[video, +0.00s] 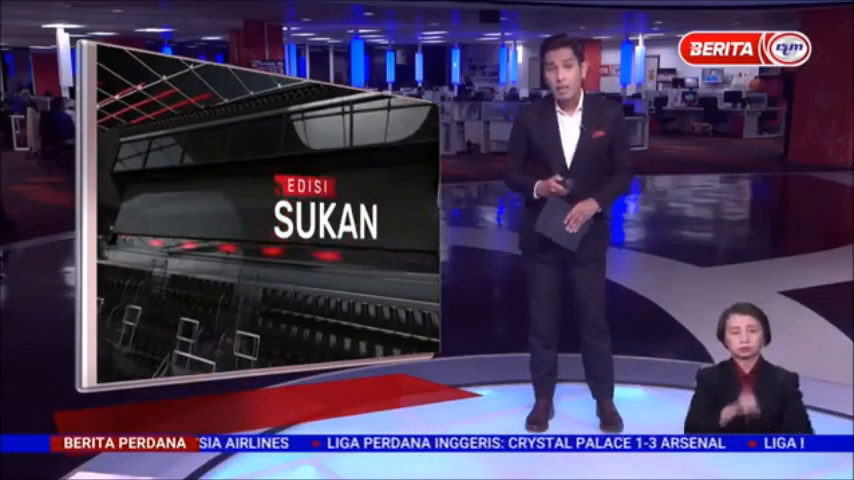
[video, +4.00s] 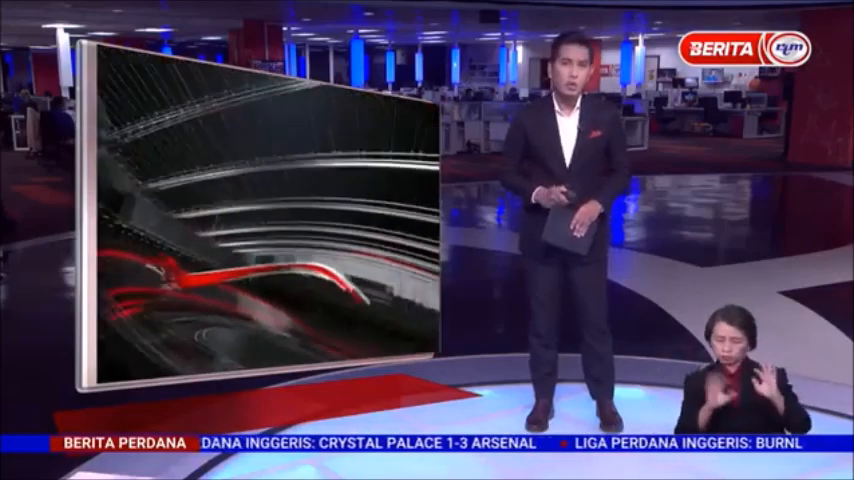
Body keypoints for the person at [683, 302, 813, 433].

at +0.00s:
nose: (744, 338)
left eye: (753, 331)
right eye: (735, 332)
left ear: (764, 337)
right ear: (724, 339)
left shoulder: (785, 381)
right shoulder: (709, 378)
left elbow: (802, 435)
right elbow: (692, 430)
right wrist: (730, 412)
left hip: (772, 463)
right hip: (721, 462)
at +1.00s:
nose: (743, 340)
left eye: (750, 332)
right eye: (734, 333)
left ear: (762, 335)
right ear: (722, 340)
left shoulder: (782, 374)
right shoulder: (709, 375)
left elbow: (804, 416)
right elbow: (685, 421)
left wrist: (765, 386)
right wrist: (716, 397)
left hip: (773, 461)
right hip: (720, 461)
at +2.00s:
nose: (745, 341)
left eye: (752, 333)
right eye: (736, 334)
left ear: (765, 337)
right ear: (725, 340)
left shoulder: (785, 379)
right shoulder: (708, 377)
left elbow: (804, 432)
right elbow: (684, 430)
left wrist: (777, 428)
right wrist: (710, 419)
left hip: (770, 465)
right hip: (716, 464)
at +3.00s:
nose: (747, 340)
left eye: (755, 332)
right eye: (738, 333)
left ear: (768, 337)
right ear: (728, 339)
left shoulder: (787, 381)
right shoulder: (712, 374)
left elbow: (797, 436)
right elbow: (686, 420)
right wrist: (712, 392)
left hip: (770, 465)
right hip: (718, 463)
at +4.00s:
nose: (727, 349)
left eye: (736, 341)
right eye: (720, 340)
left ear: (749, 344)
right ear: (710, 342)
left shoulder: (772, 378)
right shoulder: (697, 381)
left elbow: (802, 427)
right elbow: (682, 436)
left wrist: (775, 397)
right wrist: (709, 408)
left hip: (767, 464)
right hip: (713, 465)